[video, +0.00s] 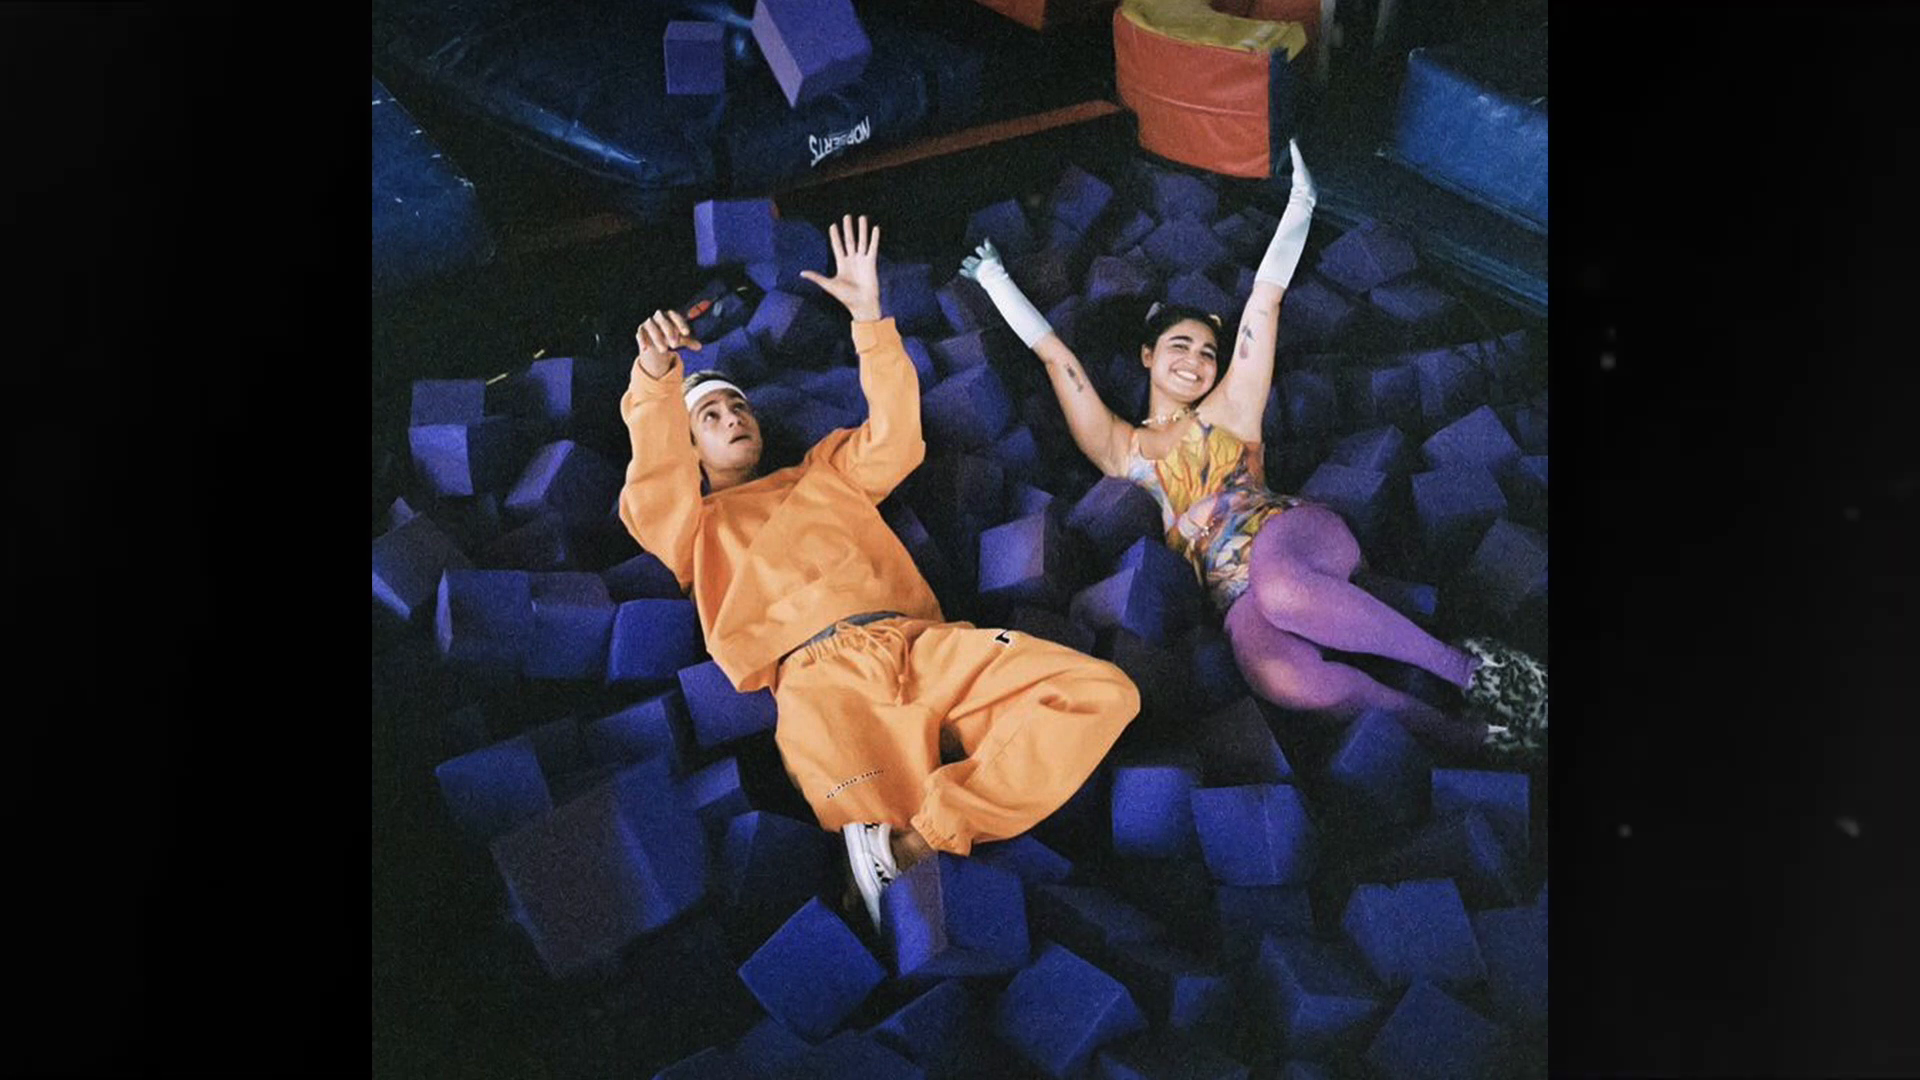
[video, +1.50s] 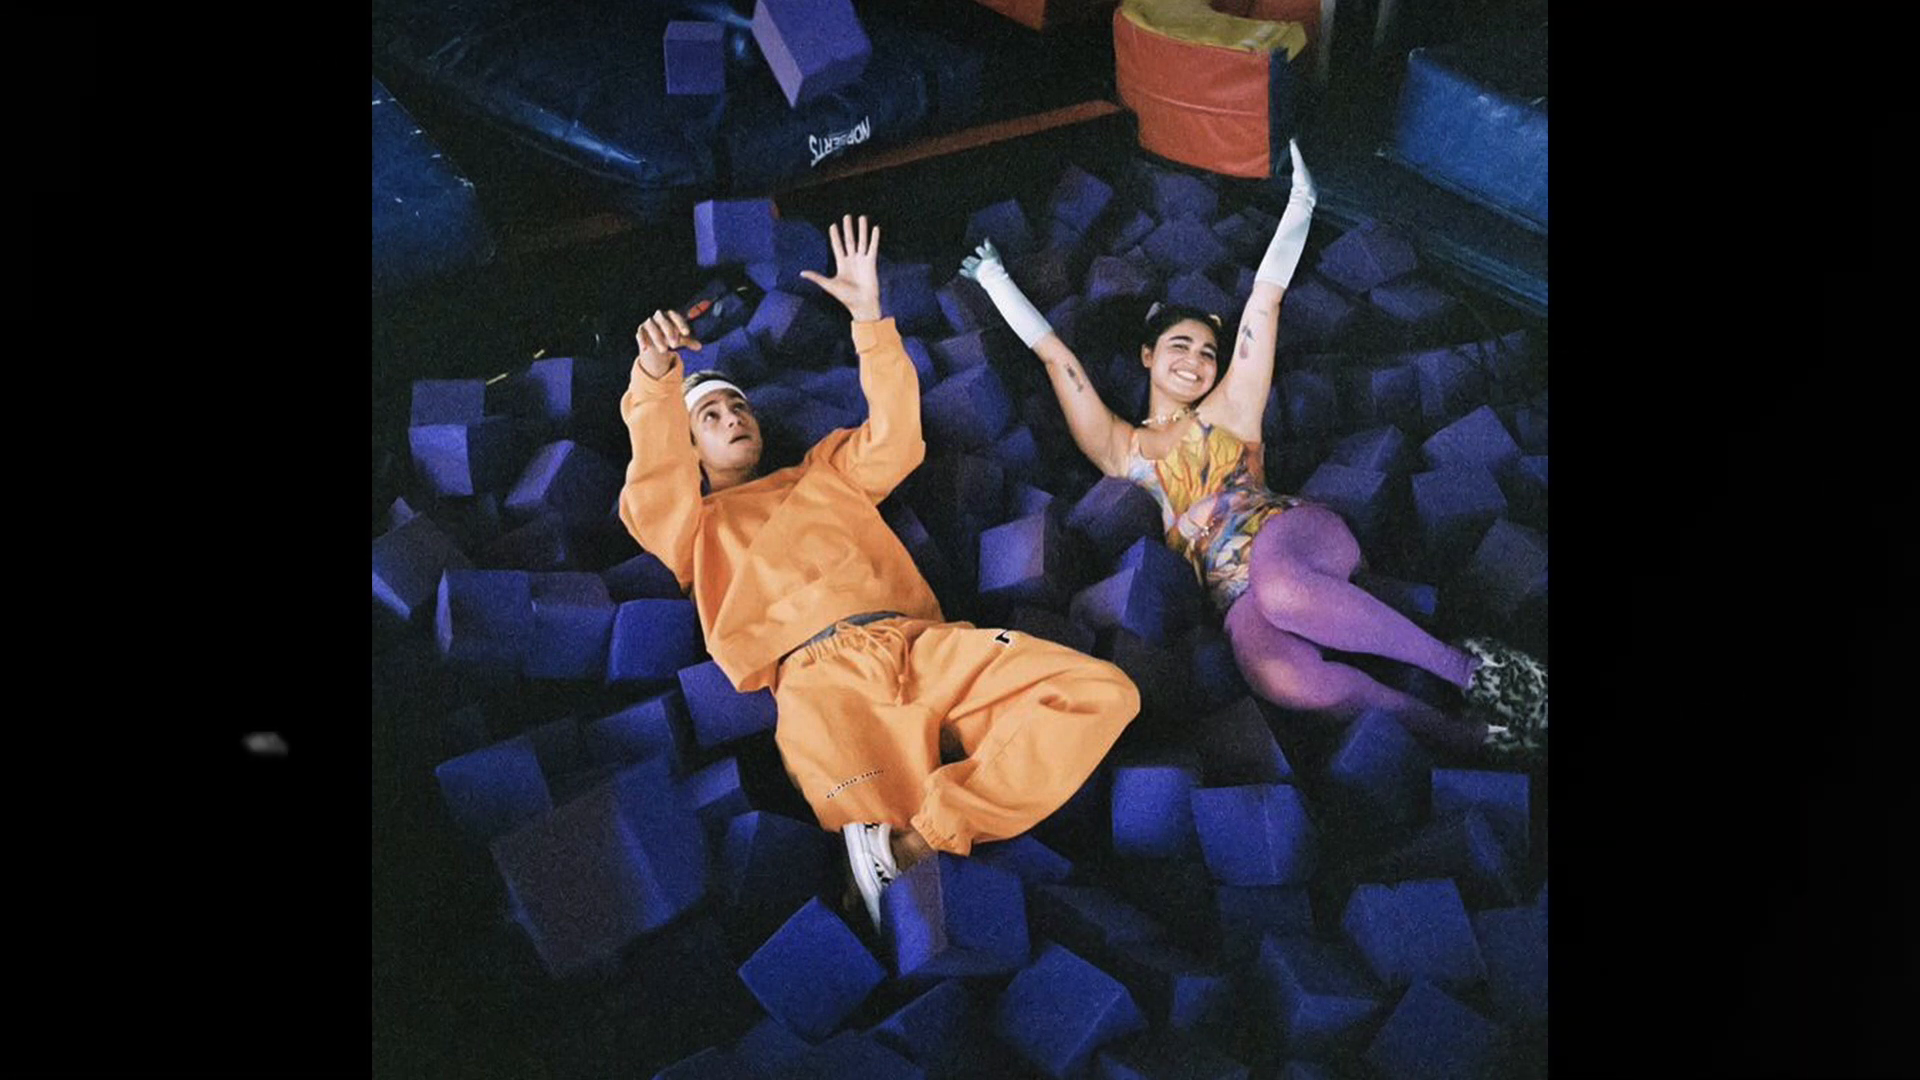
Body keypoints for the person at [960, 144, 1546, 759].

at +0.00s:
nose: (1191, 359)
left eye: (1205, 353)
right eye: (1177, 346)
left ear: (1217, 370)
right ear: (1145, 358)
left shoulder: (1230, 411)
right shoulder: (1123, 448)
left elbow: (1265, 304)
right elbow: (1057, 359)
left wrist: (1298, 209)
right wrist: (992, 278)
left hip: (1289, 531)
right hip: (1239, 598)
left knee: (1278, 592)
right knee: (1285, 679)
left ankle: (1471, 670)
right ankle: (1455, 728)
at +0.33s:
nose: (1192, 359)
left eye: (1205, 353)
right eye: (1177, 346)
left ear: (1217, 370)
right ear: (1145, 358)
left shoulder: (1230, 411)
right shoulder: (1123, 448)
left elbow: (1264, 305)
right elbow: (1057, 359)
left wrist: (1298, 209)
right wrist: (992, 278)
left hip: (1288, 531)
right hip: (1239, 597)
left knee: (1279, 593)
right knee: (1285, 679)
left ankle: (1471, 670)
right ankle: (1462, 733)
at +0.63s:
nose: (1191, 359)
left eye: (1205, 353)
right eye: (1176, 346)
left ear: (1217, 370)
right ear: (1145, 358)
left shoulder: (1230, 411)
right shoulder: (1122, 448)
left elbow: (1264, 304)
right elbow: (1057, 359)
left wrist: (1298, 209)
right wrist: (993, 278)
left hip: (1289, 532)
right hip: (1239, 597)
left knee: (1278, 592)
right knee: (1286, 680)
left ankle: (1470, 669)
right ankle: (1461, 733)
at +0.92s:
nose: (1191, 360)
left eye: (1205, 353)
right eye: (1177, 346)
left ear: (1217, 370)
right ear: (1145, 358)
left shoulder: (1230, 411)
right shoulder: (1123, 448)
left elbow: (1265, 304)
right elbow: (1057, 358)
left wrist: (1298, 209)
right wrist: (992, 277)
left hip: (1289, 532)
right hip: (1239, 597)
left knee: (1278, 592)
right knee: (1285, 679)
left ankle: (1471, 670)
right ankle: (1459, 731)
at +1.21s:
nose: (1190, 359)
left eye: (1204, 353)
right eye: (1176, 346)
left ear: (1216, 370)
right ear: (1145, 358)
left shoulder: (1230, 411)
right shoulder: (1122, 449)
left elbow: (1264, 305)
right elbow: (1057, 359)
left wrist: (1298, 209)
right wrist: (992, 277)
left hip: (1288, 531)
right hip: (1238, 596)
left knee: (1279, 593)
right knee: (1285, 679)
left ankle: (1471, 671)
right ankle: (1464, 734)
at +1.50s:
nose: (1191, 360)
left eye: (1205, 354)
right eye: (1176, 346)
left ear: (1216, 371)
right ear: (1145, 357)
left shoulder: (1230, 411)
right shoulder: (1122, 448)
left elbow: (1263, 306)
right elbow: (1057, 359)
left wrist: (1298, 210)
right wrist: (992, 278)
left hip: (1288, 531)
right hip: (1238, 596)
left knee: (1280, 593)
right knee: (1285, 679)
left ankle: (1472, 671)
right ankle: (1464, 734)